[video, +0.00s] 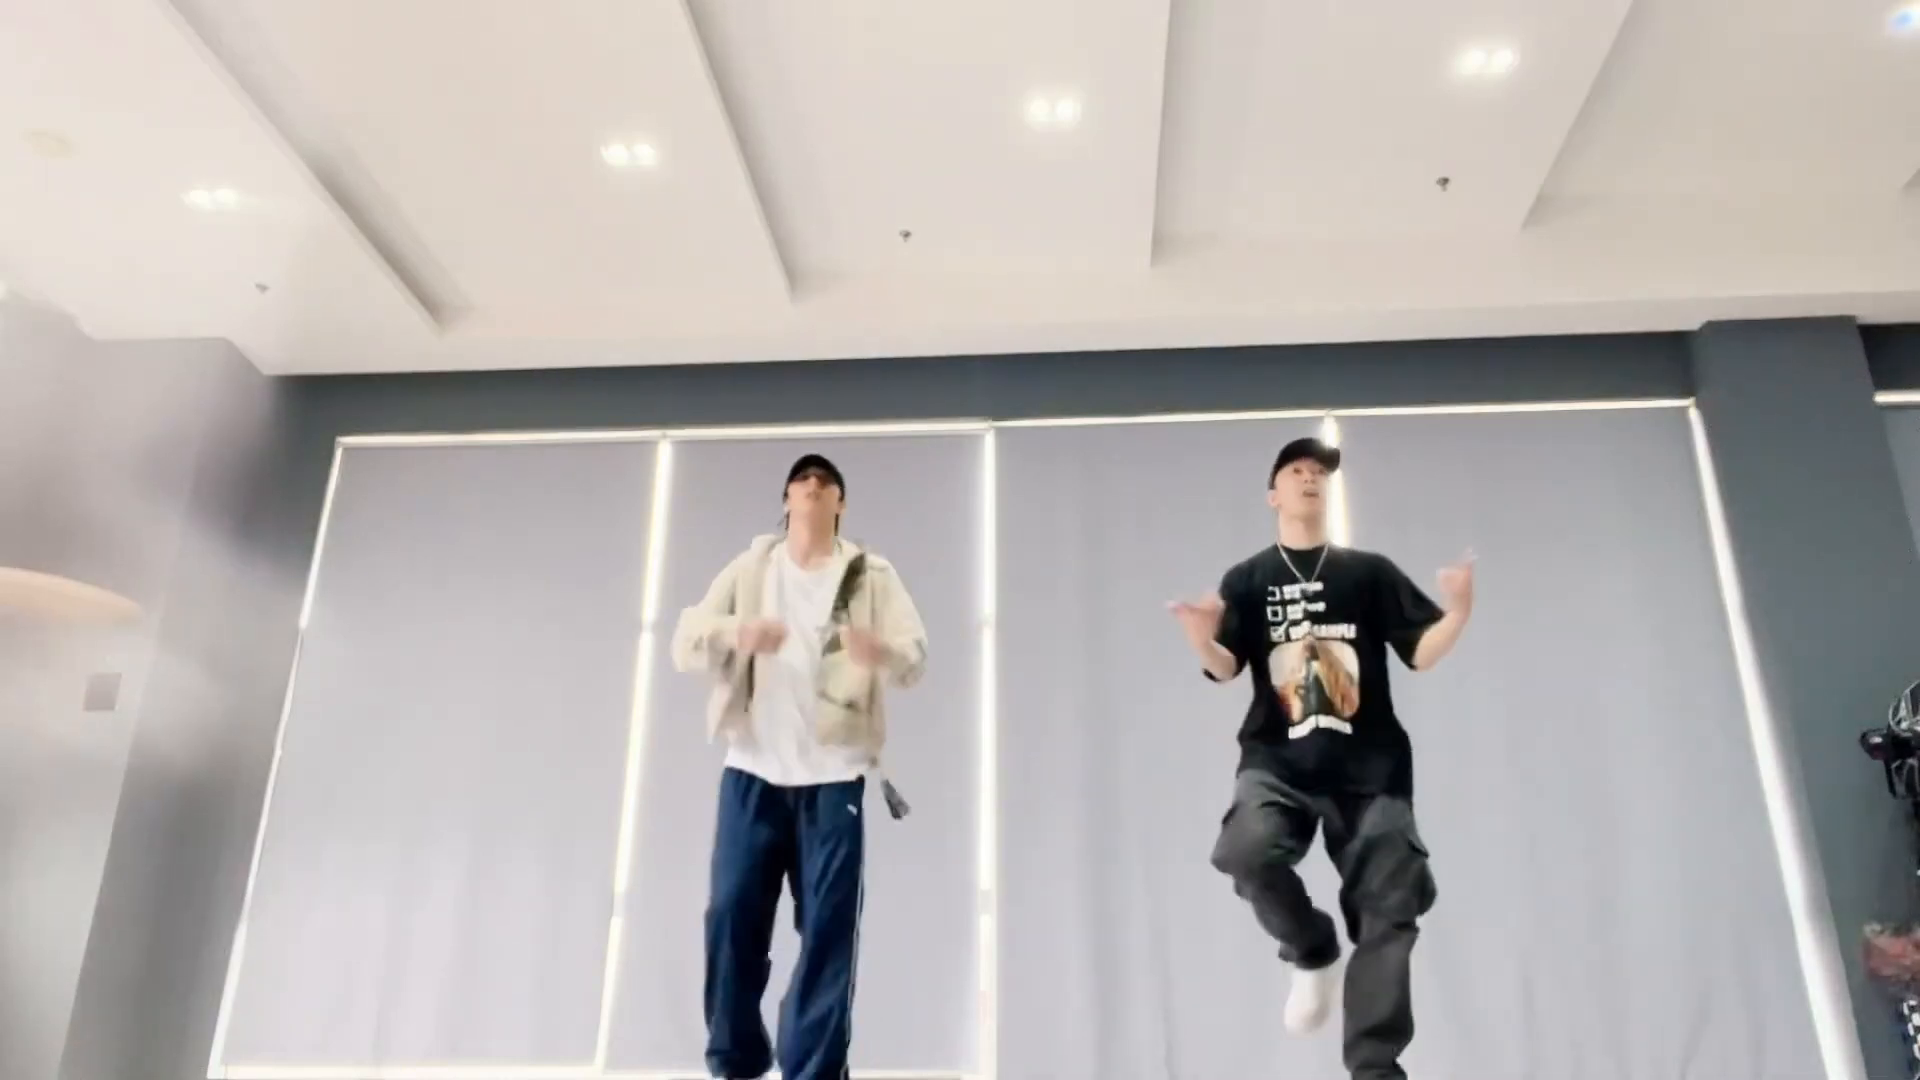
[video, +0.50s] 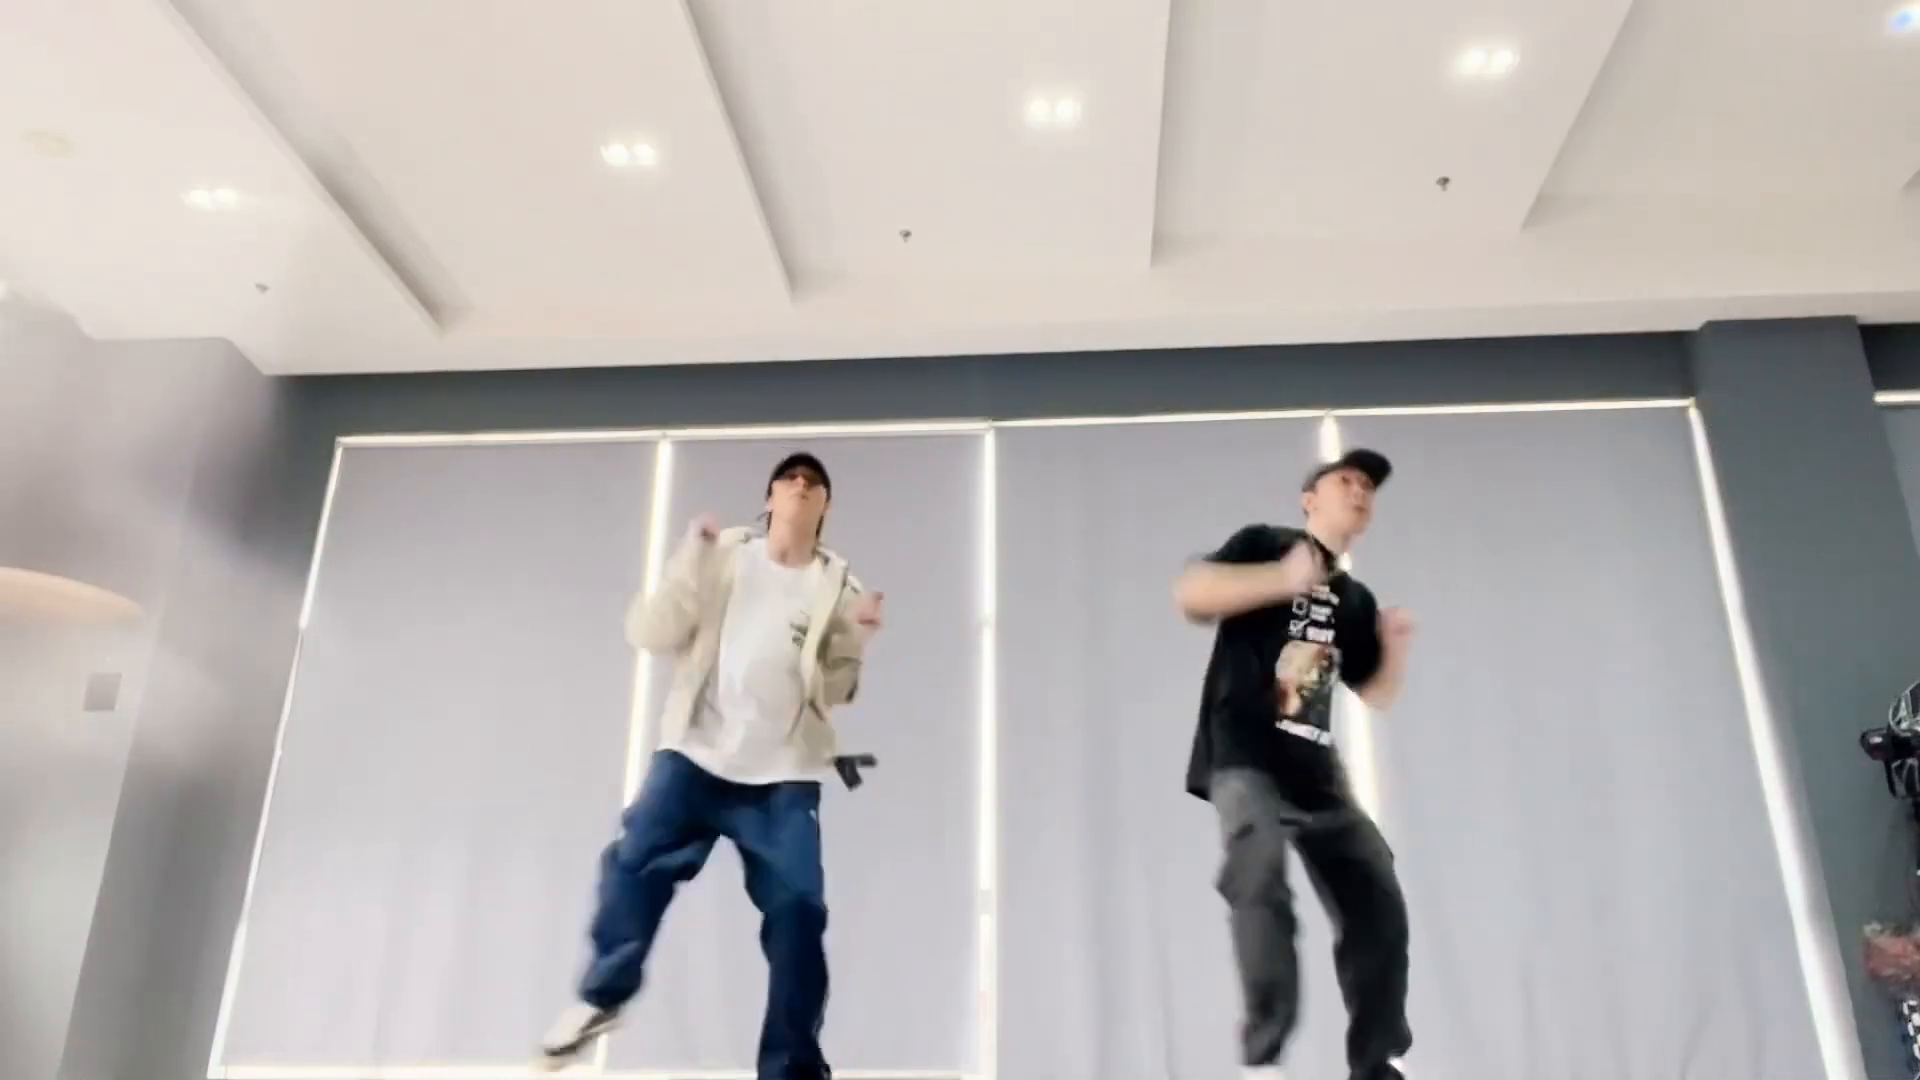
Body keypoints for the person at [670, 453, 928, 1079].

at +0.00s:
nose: (812, 488)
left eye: (824, 483)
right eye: (801, 481)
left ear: (841, 506)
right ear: (785, 503)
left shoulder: (872, 574)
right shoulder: (751, 565)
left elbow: (915, 661)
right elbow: (686, 641)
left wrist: (879, 652)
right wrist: (734, 636)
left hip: (833, 776)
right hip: (751, 771)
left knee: (827, 927)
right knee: (731, 915)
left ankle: (816, 1069)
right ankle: (734, 1063)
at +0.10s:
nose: (809, 470)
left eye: (820, 464)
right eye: (798, 463)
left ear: (837, 486)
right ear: (781, 483)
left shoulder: (864, 548)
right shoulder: (747, 542)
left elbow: (882, 625)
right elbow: (718, 608)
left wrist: (893, 688)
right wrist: (707, 660)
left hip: (825, 755)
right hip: (744, 748)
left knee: (821, 918)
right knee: (728, 902)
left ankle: (816, 1068)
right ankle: (737, 1058)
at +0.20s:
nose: (801, 478)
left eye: (813, 472)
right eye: (791, 470)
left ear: (829, 493)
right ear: (773, 488)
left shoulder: (857, 559)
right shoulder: (736, 555)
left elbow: (888, 630)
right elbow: (703, 614)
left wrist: (896, 685)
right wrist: (694, 647)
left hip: (815, 759)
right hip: (735, 756)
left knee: (815, 917)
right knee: (739, 910)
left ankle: (809, 1069)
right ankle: (736, 1067)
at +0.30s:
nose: (799, 470)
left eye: (812, 465)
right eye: (788, 461)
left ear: (826, 489)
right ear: (768, 481)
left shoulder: (852, 549)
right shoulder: (731, 537)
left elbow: (922, 623)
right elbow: (651, 617)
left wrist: (898, 641)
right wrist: (681, 608)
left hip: (808, 753)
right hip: (728, 747)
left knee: (806, 913)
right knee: (734, 907)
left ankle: (811, 1070)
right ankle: (743, 1068)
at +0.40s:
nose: (794, 474)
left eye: (807, 470)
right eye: (783, 466)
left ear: (822, 495)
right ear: (763, 487)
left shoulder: (845, 559)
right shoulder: (722, 547)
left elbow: (858, 664)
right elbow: (676, 653)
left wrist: (874, 631)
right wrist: (691, 583)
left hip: (799, 752)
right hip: (718, 740)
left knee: (791, 921)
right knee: (700, 850)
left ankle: (803, 1069)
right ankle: (694, 1039)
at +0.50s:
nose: (802, 488)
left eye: (815, 484)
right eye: (791, 480)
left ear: (828, 509)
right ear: (769, 500)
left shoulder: (839, 586)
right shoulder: (720, 551)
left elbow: (834, 693)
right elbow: (652, 635)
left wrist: (850, 637)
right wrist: (689, 560)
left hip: (783, 770)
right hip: (695, 755)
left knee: (797, 912)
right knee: (633, 861)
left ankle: (792, 1067)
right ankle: (602, 998)